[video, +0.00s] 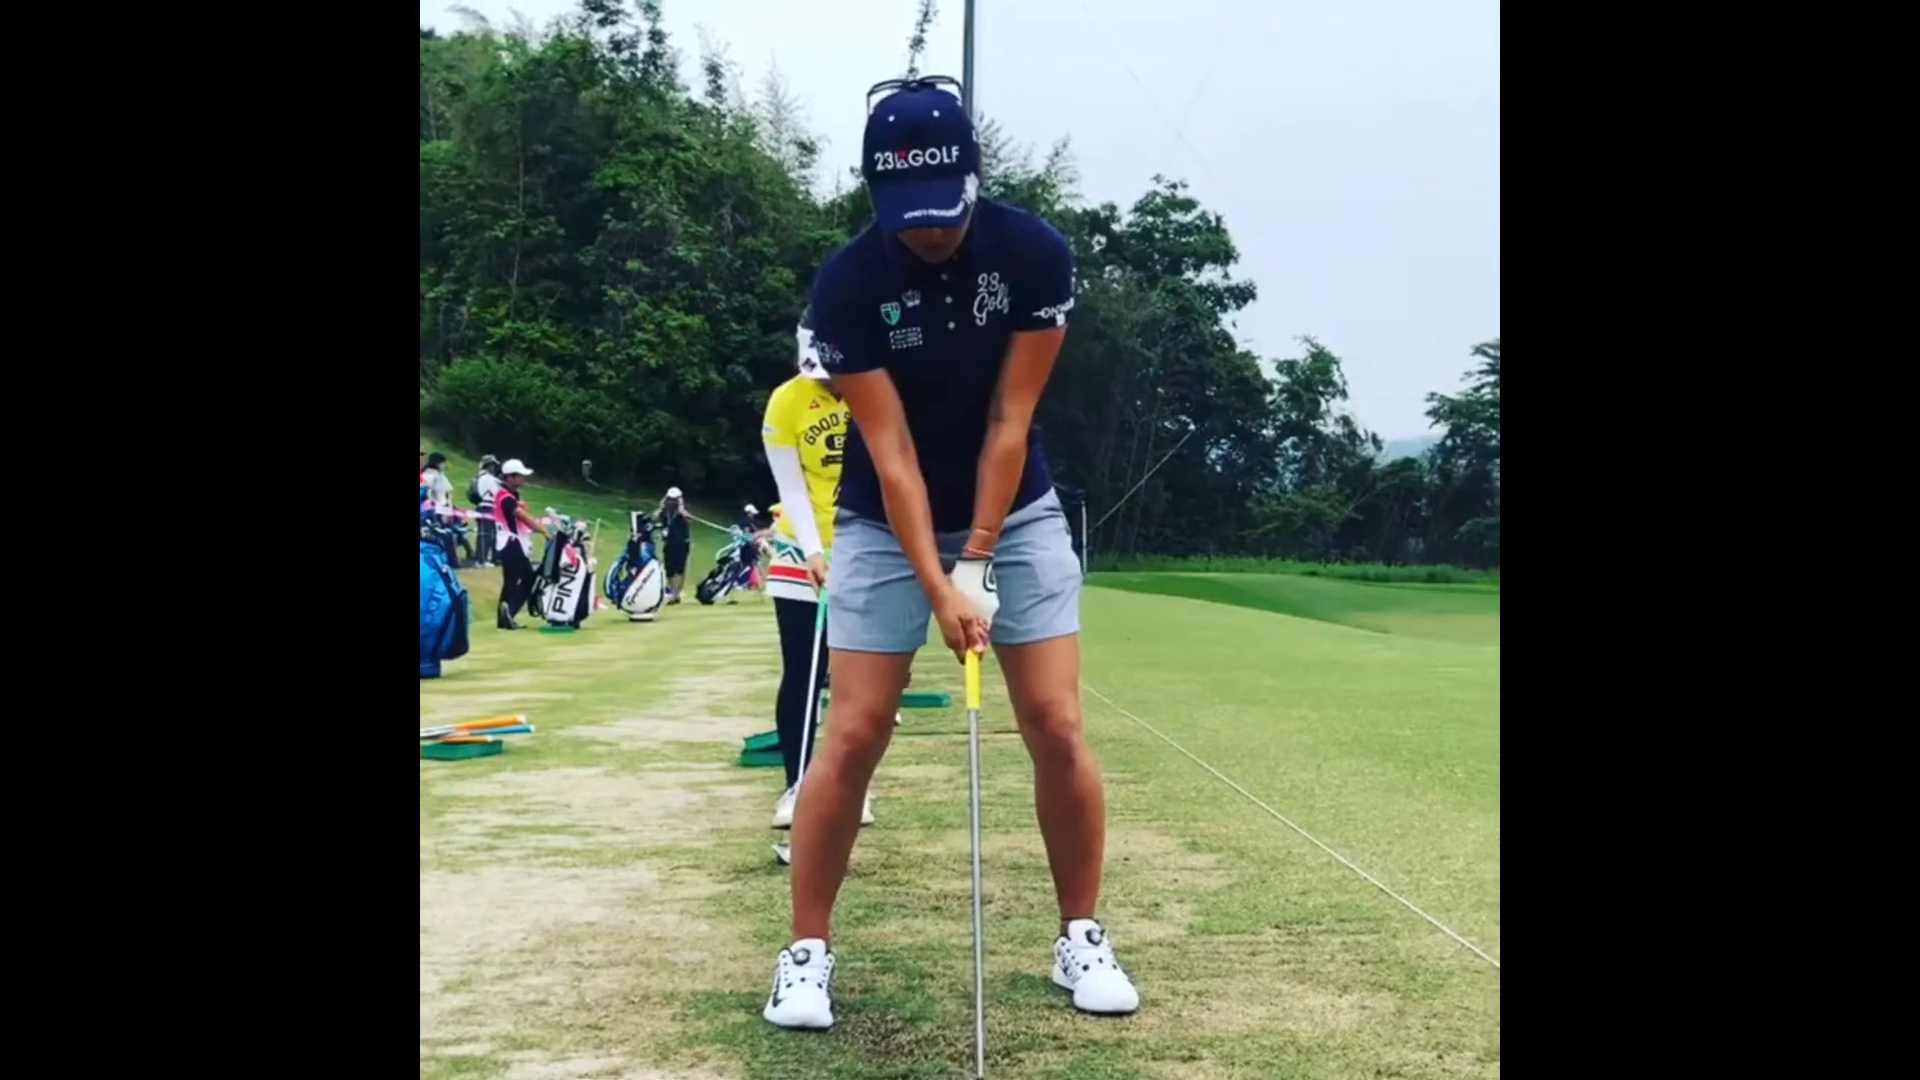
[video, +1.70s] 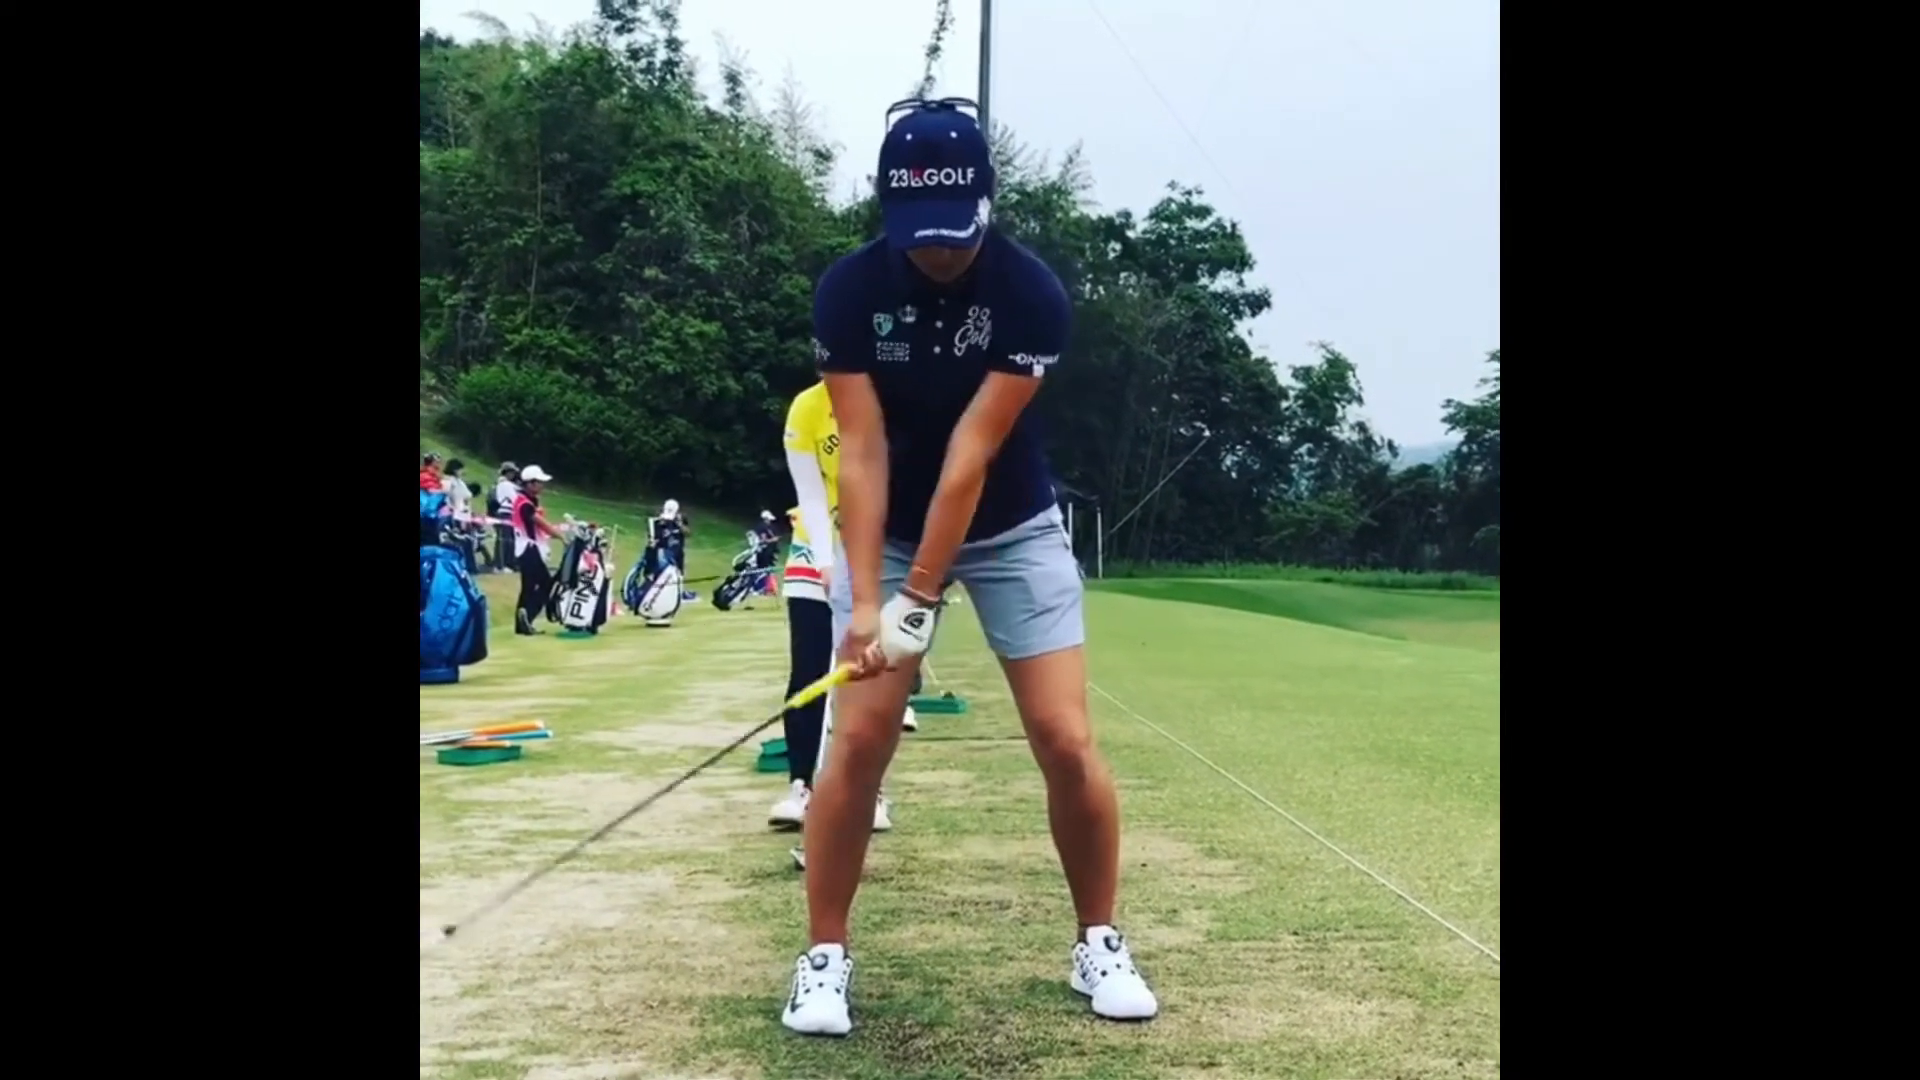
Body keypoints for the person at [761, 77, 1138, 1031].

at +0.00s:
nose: (931, 226)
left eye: (946, 204)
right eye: (911, 209)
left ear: (973, 176)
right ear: (879, 188)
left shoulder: (1033, 256)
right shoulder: (844, 287)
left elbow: (1011, 420)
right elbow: (891, 454)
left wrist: (977, 559)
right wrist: (937, 584)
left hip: (1013, 507)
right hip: (884, 515)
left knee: (1057, 726)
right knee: (855, 731)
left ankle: (1082, 938)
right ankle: (807, 949)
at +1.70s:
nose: (941, 247)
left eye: (958, 226)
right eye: (922, 229)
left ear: (986, 203)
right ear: (892, 207)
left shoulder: (1032, 296)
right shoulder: (847, 292)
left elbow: (971, 457)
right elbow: (858, 450)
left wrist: (919, 600)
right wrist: (865, 602)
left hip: (1013, 530)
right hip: (891, 535)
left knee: (1066, 741)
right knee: (858, 743)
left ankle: (1100, 942)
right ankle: (825, 954)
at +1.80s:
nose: (941, 250)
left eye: (959, 232)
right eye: (924, 232)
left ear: (990, 207)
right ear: (893, 207)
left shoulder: (1016, 310)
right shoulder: (852, 278)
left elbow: (903, 465)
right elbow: (823, 426)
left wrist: (808, 582)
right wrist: (767, 563)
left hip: (1017, 536)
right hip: (894, 539)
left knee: (1068, 748)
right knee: (863, 736)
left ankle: (1101, 944)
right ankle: (826, 956)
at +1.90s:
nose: (939, 253)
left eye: (957, 234)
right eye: (921, 234)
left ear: (991, 212)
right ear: (896, 209)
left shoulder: (999, 322)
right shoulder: (875, 260)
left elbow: (833, 416)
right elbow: (797, 375)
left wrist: (698, 487)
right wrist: (685, 453)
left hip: (1017, 541)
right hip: (895, 541)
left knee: (1068, 757)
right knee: (867, 736)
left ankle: (1103, 946)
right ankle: (828, 958)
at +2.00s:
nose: (936, 255)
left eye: (957, 237)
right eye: (920, 235)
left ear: (993, 217)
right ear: (897, 211)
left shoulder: (981, 321)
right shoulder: (896, 250)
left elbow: (790, 344)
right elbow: (808, 332)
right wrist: (682, 325)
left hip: (1017, 545)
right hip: (898, 541)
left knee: (1064, 764)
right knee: (869, 733)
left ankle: (1103, 947)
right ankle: (828, 958)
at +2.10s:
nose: (930, 250)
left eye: (952, 233)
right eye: (915, 230)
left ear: (989, 217)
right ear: (891, 212)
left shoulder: (980, 314)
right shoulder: (899, 269)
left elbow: (823, 310)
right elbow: (818, 305)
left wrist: (719, 230)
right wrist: (736, 230)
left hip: (1016, 550)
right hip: (897, 544)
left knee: (1059, 771)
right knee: (871, 737)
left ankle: (1103, 950)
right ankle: (828, 962)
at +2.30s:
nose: (954, 260)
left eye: (970, 238)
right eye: (932, 244)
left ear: (1000, 216)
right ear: (904, 231)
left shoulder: (1002, 316)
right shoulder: (911, 288)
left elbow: (842, 283)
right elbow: (837, 329)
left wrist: (758, 212)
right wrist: (785, 226)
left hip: (1036, 556)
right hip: (917, 551)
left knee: (1071, 774)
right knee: (874, 750)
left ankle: (1099, 953)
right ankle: (825, 964)